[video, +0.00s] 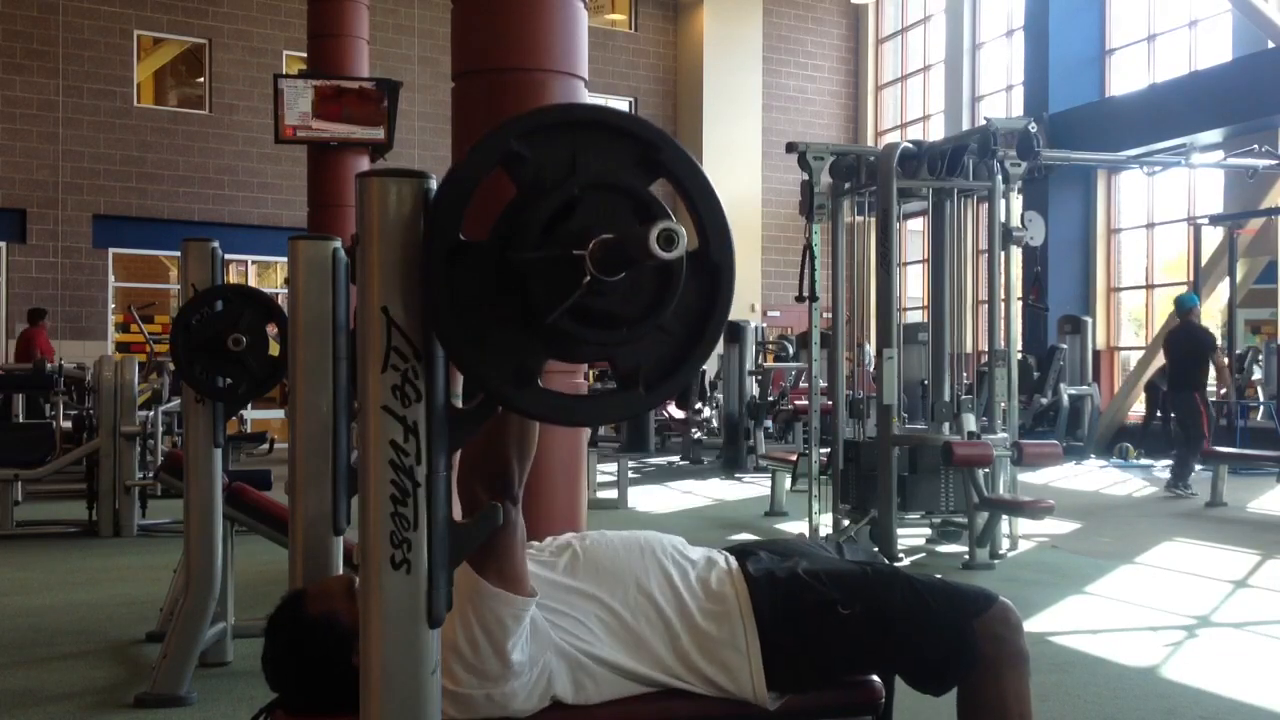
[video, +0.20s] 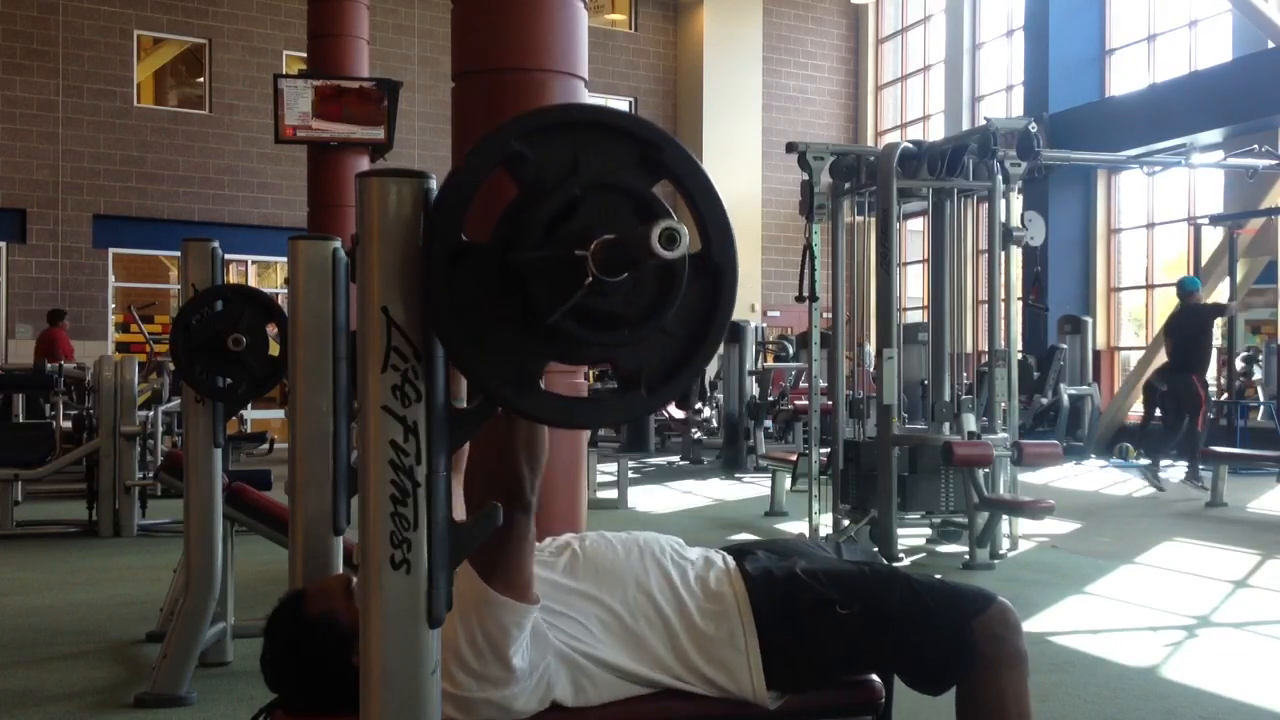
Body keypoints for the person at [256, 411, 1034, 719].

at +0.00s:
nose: (368, 576)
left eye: (353, 575)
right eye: (354, 591)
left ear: (365, 613)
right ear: (361, 649)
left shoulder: (450, 616)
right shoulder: (469, 673)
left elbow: (498, 474)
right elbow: (499, 489)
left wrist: (509, 328)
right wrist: (521, 327)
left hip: (727, 570)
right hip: (752, 618)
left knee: (864, 561)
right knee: (990, 627)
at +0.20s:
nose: (370, 574)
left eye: (355, 574)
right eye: (356, 592)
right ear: (363, 649)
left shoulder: (452, 622)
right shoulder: (472, 675)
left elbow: (498, 480)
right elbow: (512, 489)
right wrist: (509, 319)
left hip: (725, 571)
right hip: (750, 616)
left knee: (861, 564)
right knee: (989, 628)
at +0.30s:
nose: (363, 573)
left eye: (347, 572)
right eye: (348, 589)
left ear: (350, 651)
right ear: (358, 641)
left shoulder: (446, 633)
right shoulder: (465, 676)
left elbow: (556, 515)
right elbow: (543, 519)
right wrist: (491, 351)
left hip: (730, 584)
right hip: (751, 617)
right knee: (989, 628)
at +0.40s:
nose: (363, 572)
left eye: (347, 575)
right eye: (349, 589)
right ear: (352, 641)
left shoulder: (447, 636)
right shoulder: (457, 679)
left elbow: (551, 561)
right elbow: (557, 578)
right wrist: (529, 443)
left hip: (727, 585)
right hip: (743, 613)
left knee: (868, 684)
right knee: (987, 626)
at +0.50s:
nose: (363, 579)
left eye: (349, 579)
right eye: (347, 594)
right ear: (350, 652)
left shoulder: (456, 616)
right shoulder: (439, 674)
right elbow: (566, 635)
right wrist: (562, 500)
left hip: (697, 594)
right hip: (726, 613)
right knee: (984, 626)